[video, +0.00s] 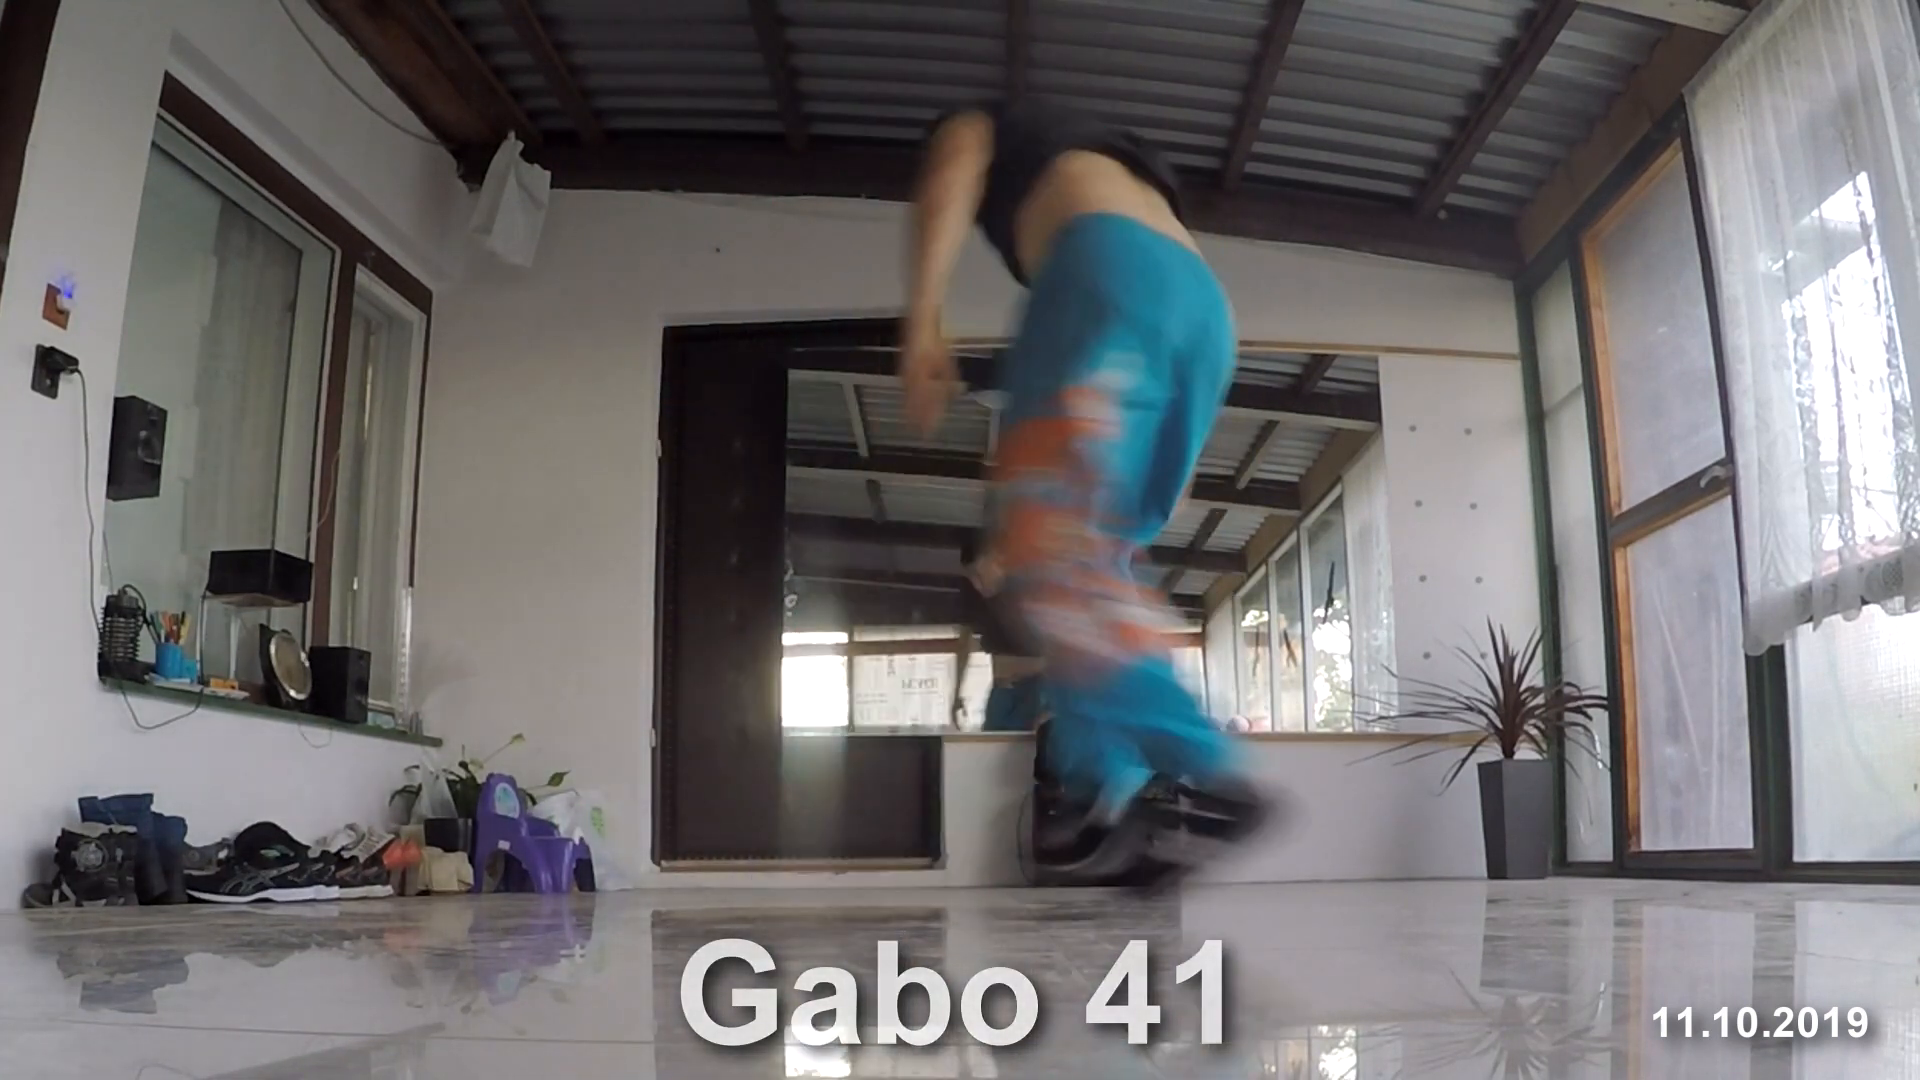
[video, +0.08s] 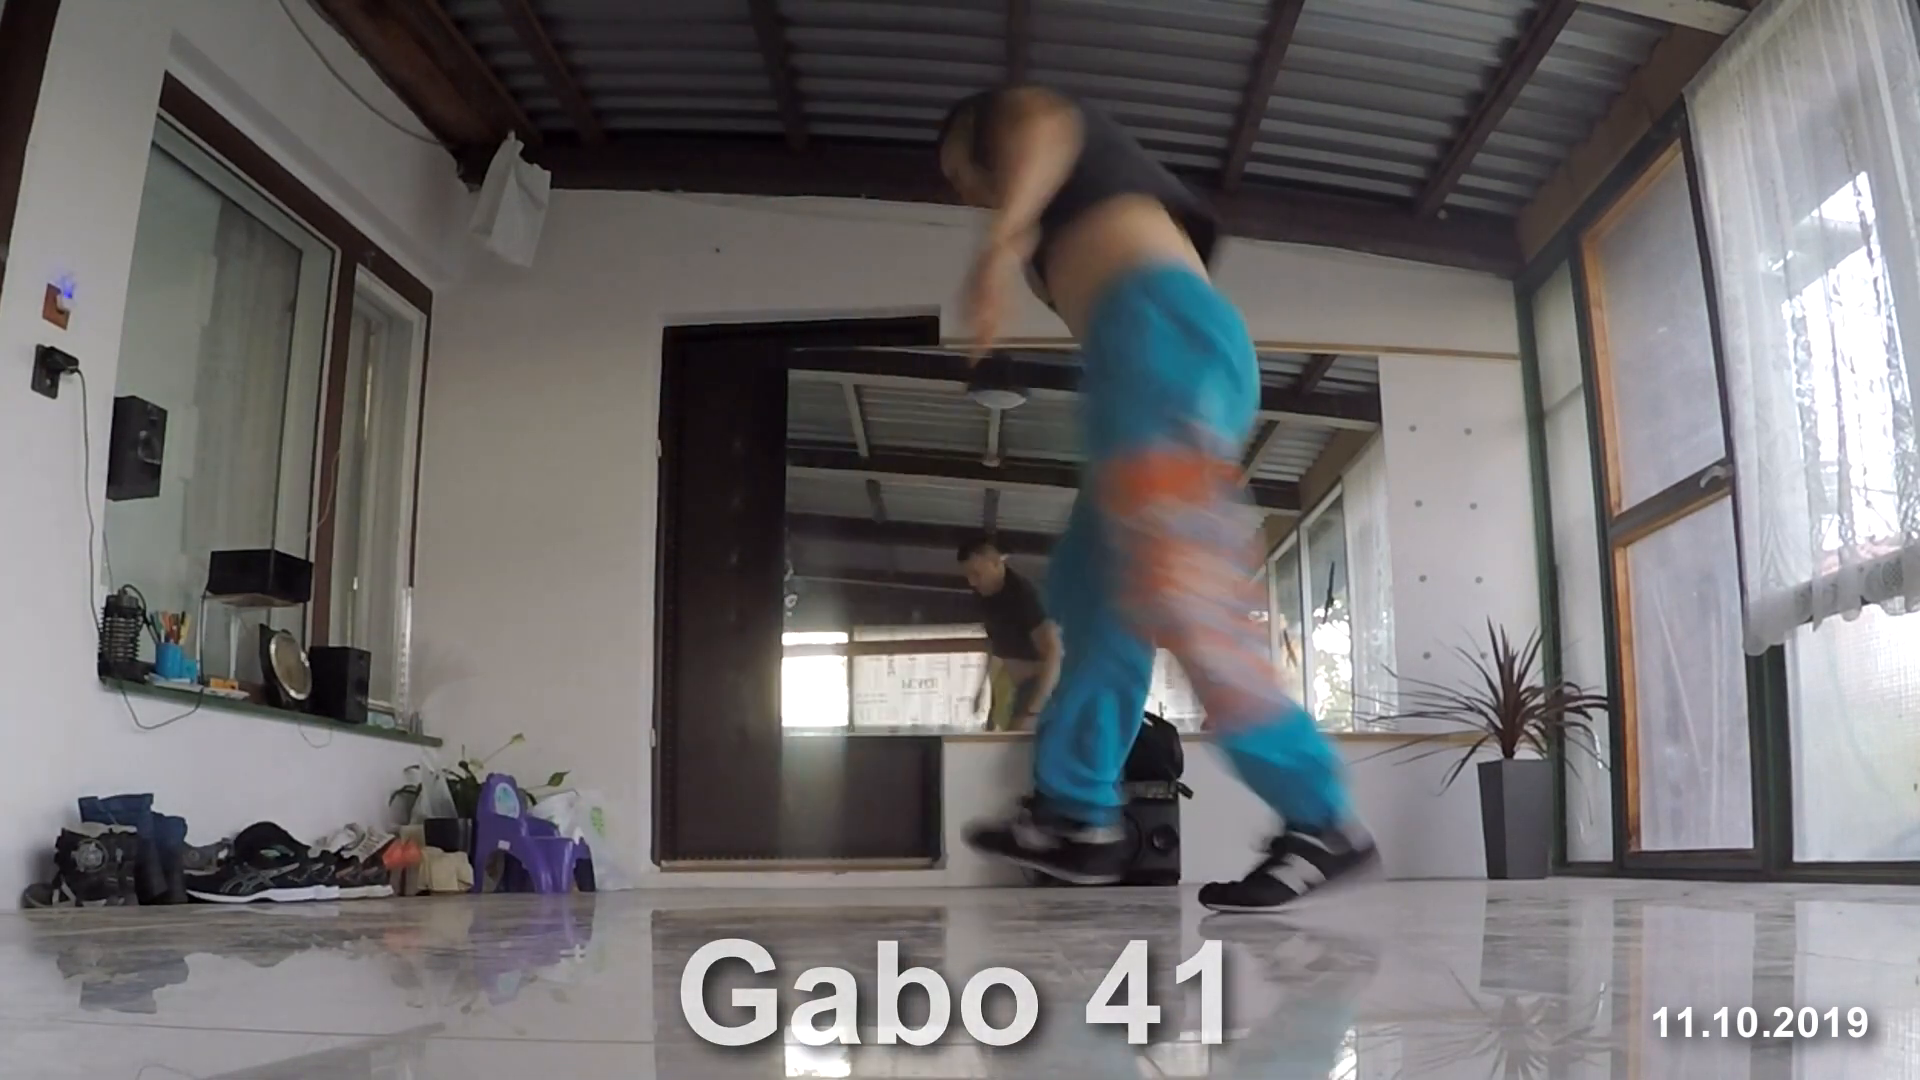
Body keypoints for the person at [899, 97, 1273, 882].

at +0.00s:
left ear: (981, 137)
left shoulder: (995, 127)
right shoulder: (1124, 184)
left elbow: (956, 153)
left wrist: (924, 322)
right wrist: (974, 372)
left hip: (1117, 272)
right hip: (1210, 314)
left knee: (1043, 549)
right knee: (1098, 554)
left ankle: (1207, 773)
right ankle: (1092, 790)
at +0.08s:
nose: (961, 188)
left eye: (958, 169)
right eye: (957, 182)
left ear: (980, 124)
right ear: (988, 155)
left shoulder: (1020, 110)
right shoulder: (1052, 204)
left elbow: (1053, 131)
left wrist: (1004, 241)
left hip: (1162, 322)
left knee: (1178, 580)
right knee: (1093, 585)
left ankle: (1323, 823)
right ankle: (1077, 813)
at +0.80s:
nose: (1142, 237)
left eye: (1159, 226)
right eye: (1130, 220)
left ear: (1176, 244)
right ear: (1105, 225)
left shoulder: (1160, 349)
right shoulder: (1040, 279)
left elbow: (1143, 463)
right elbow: (921, 314)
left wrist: (1172, 550)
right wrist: (881, 424)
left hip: (1061, 539)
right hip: (969, 524)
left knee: (1129, 662)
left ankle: (1066, 831)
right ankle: (784, 752)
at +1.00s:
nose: (1142, 366)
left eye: (1157, 358)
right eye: (1133, 347)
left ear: (1162, 372)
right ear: (1100, 346)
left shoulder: (1119, 462)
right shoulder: (1032, 390)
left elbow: (1064, 552)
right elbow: (913, 430)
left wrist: (1067, 617)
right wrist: (862, 540)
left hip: (998, 605)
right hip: (904, 592)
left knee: (1080, 686)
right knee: (821, 730)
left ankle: (1031, 852)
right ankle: (700, 844)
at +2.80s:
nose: (983, 549)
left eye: (991, 528)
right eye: (963, 539)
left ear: (1019, 511)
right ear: (942, 544)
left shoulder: (1061, 539)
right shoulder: (950, 634)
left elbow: (1071, 416)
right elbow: (937, 759)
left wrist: (968, 396)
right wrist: (923, 878)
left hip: (1183, 740)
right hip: (1127, 803)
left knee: (1314, 725)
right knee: (1290, 808)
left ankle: (1231, 864)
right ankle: (1477, 864)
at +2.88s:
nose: (937, 535)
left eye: (943, 515)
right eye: (915, 529)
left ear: (969, 500)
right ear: (891, 546)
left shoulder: (1028, 511)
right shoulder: (927, 636)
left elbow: (975, 555)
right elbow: (931, 760)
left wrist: (896, 586)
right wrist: (921, 880)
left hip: (1182, 706)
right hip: (1120, 775)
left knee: (1329, 722)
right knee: (1247, 764)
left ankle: (1227, 851)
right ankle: (1456, 844)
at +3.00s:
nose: (881, 553)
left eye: (883, 529)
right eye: (862, 551)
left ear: (911, 502)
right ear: (858, 561)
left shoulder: (1000, 527)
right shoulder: (920, 624)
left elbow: (1027, 664)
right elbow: (933, 753)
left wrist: (974, 784)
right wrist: (921, 877)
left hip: (1206, 635)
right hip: (1145, 700)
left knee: (1329, 770)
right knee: (1122, 770)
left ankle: (1410, 800)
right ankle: (1335, 841)